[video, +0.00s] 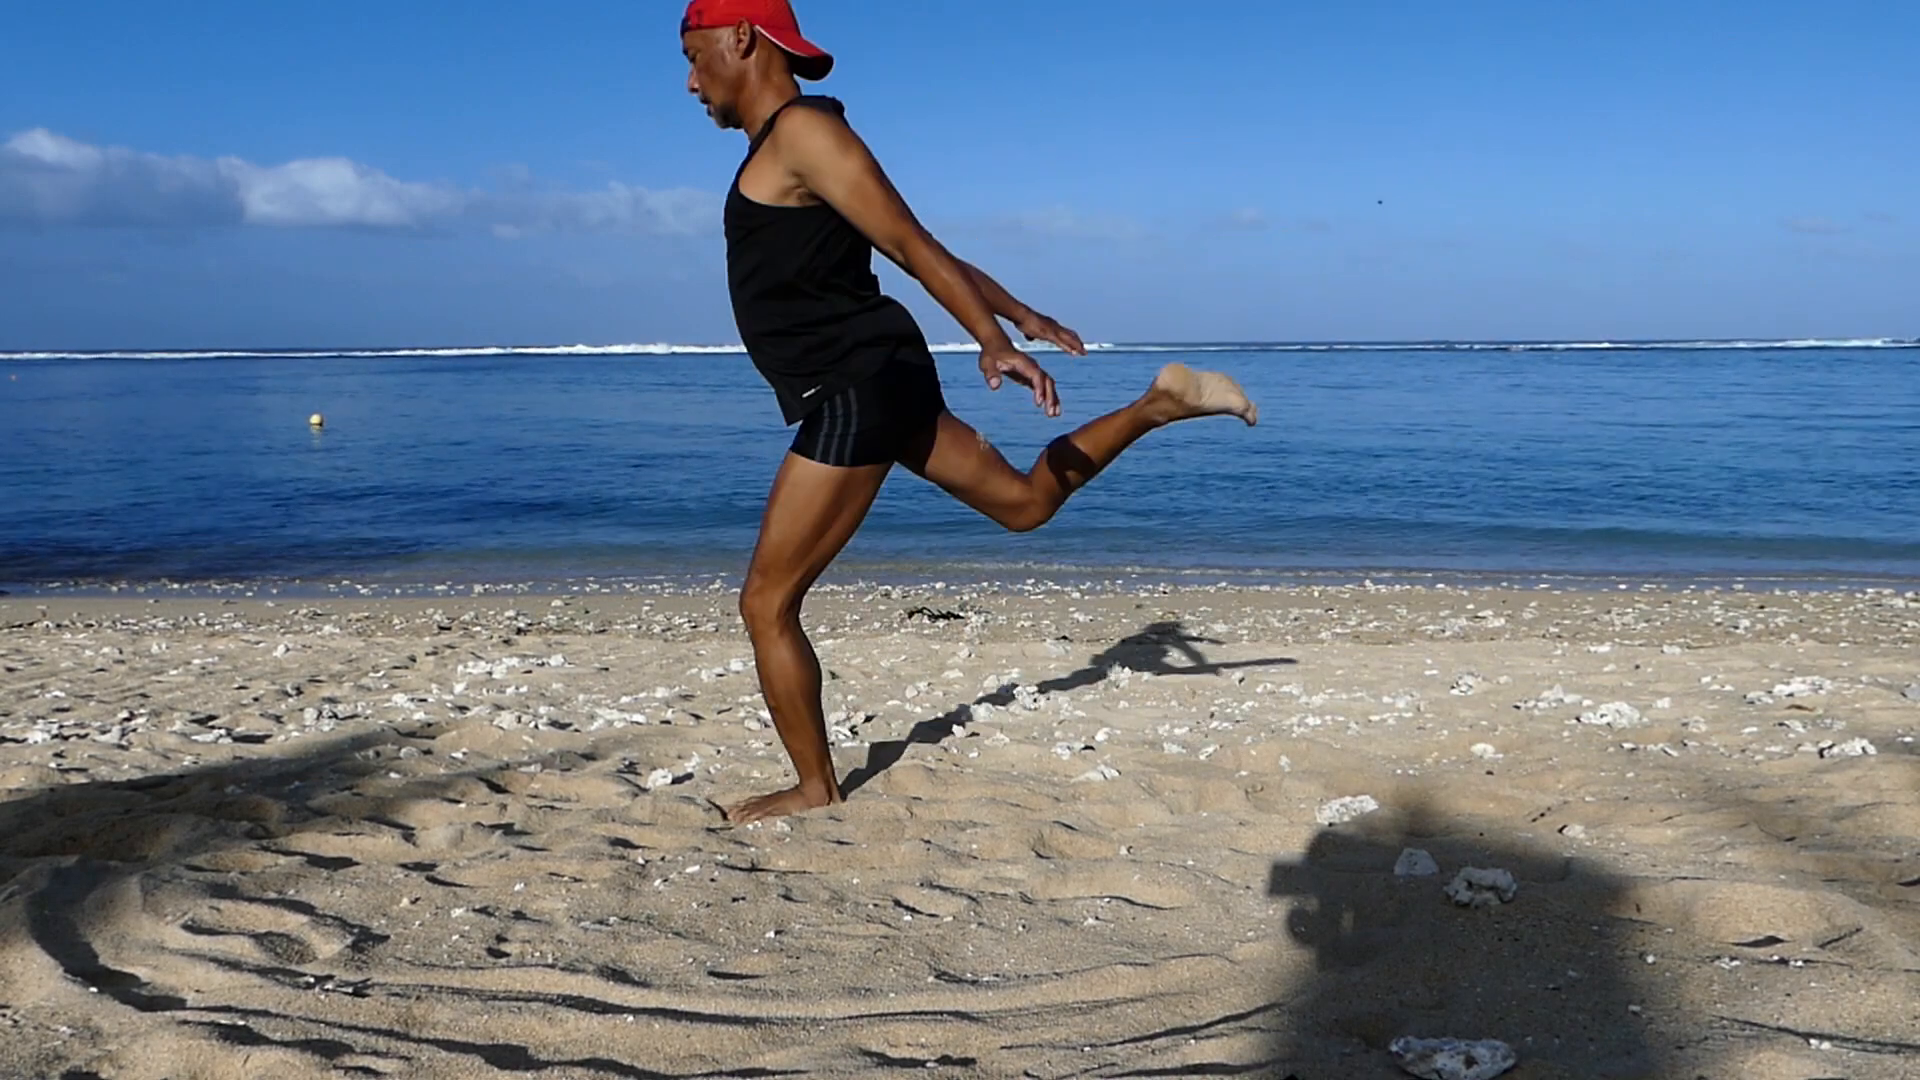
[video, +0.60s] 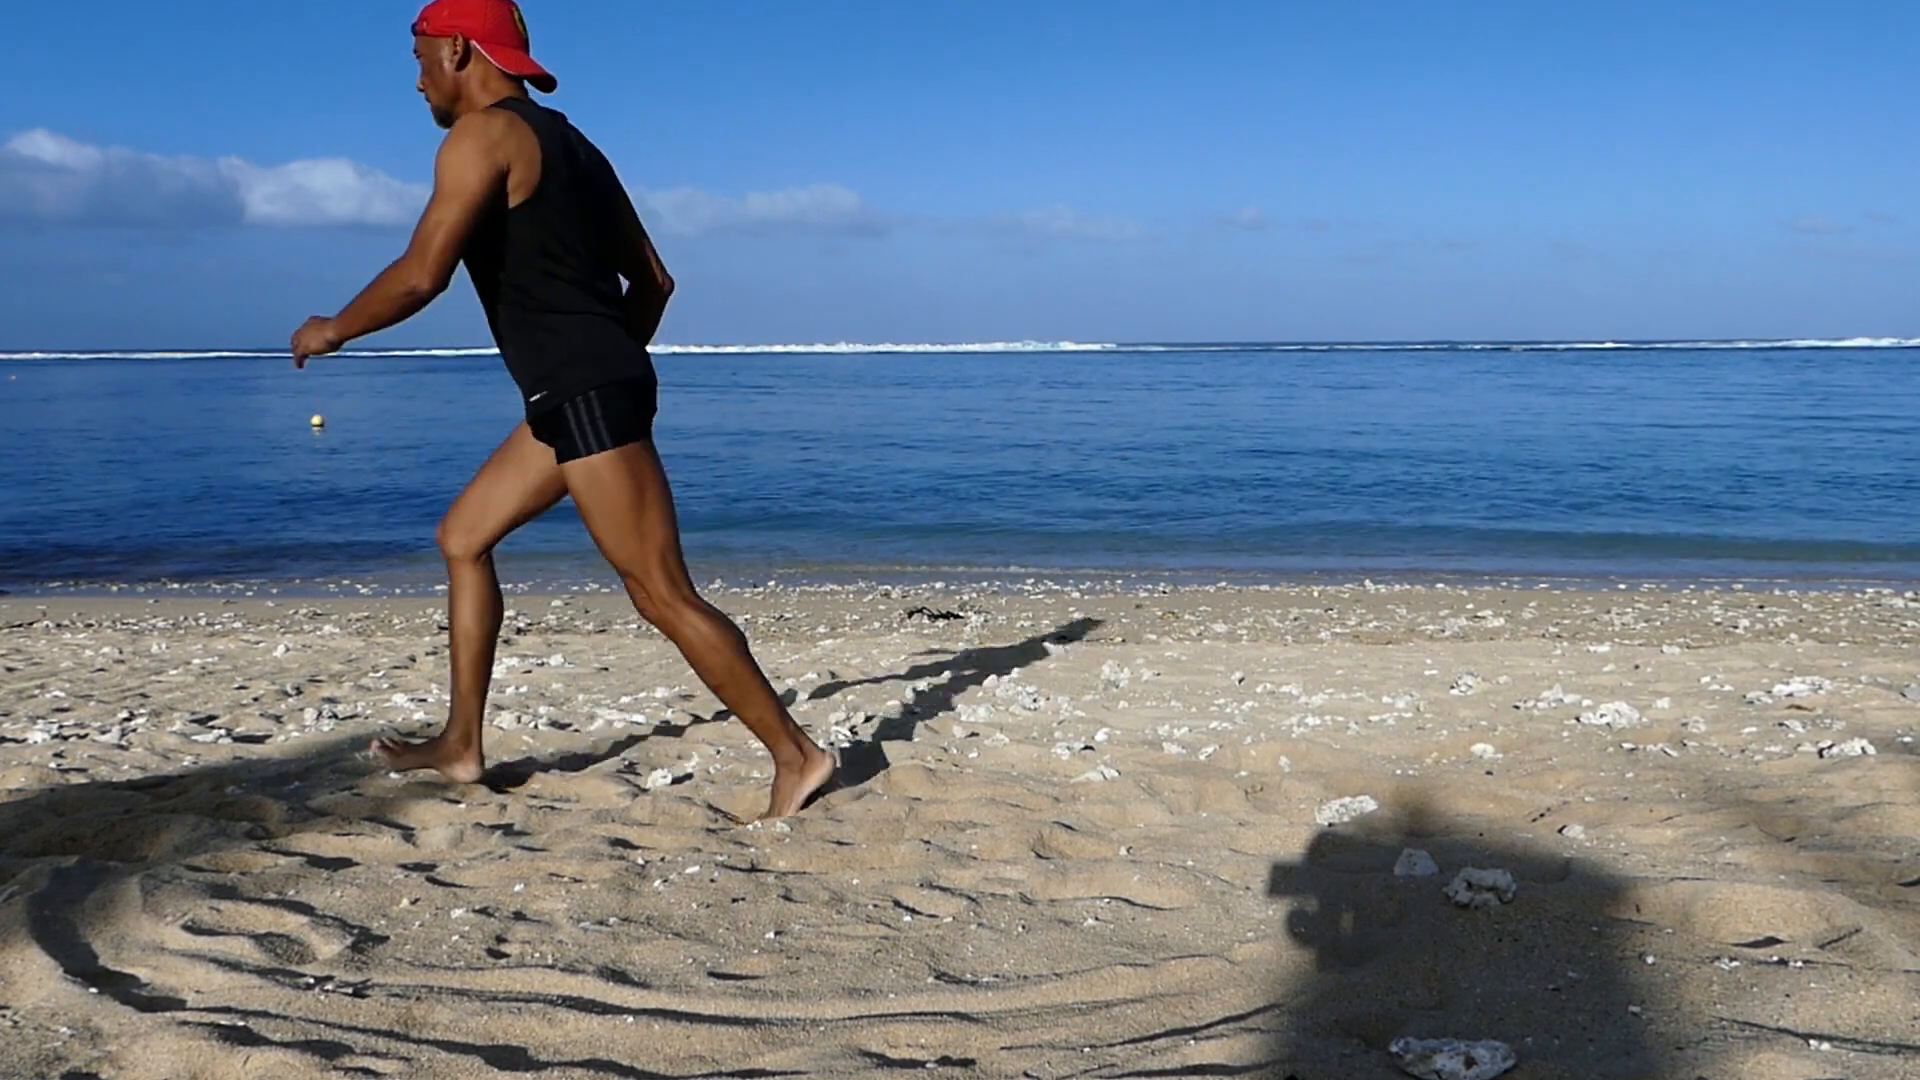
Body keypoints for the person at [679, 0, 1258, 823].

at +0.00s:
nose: (688, 81)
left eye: (694, 59)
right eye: (687, 62)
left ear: (745, 47)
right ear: (746, 50)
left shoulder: (804, 132)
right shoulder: (793, 133)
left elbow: (907, 246)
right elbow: (914, 239)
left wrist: (993, 342)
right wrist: (1020, 314)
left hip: (856, 389)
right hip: (875, 381)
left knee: (766, 603)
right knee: (1026, 502)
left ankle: (815, 787)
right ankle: (1158, 405)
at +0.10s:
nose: (626, 111)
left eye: (635, 91)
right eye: (626, 93)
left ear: (684, 91)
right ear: (695, 93)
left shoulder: (731, 179)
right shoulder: (749, 174)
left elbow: (798, 312)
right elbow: (835, 301)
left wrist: (832, 433)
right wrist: (918, 385)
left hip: (800, 433)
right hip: (843, 409)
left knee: (717, 621)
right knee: (907, 591)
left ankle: (811, 788)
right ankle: (1084, 535)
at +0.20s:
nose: (587, 123)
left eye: (596, 105)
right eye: (587, 106)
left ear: (640, 104)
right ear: (656, 105)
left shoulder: (689, 194)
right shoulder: (724, 184)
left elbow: (720, 332)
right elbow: (802, 316)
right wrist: (856, 424)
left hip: (778, 436)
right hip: (821, 426)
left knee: (701, 627)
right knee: (812, 617)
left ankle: (810, 787)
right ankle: (1006, 612)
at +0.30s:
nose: (540, 132)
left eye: (545, 111)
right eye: (539, 113)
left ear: (587, 105)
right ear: (608, 107)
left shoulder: (636, 191)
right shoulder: (680, 183)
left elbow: (618, 344)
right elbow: (753, 323)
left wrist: (524, 466)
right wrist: (752, 457)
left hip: (732, 423)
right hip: (762, 414)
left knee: (683, 631)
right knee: (688, 606)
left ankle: (805, 787)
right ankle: (848, 696)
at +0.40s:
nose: (507, 124)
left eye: (513, 105)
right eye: (506, 106)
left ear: (554, 99)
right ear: (575, 99)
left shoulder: (592, 182)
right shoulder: (655, 176)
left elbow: (553, 332)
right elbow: (739, 318)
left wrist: (435, 433)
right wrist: (686, 425)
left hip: (697, 422)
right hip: (718, 415)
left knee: (681, 639)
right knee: (604, 581)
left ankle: (810, 786)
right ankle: (733, 731)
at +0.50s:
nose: (457, 100)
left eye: (461, 81)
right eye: (455, 82)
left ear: (501, 75)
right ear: (533, 77)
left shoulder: (524, 155)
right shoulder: (607, 155)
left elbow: (471, 296)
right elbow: (694, 292)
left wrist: (362, 365)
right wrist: (650, 385)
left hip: (633, 402)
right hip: (642, 400)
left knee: (679, 618)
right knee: (513, 546)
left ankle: (813, 774)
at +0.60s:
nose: (417, 78)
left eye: (422, 58)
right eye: (418, 58)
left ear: (459, 54)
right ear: (488, 55)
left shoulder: (479, 138)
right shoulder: (562, 138)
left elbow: (419, 277)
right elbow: (653, 281)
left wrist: (334, 328)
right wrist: (604, 375)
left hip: (587, 391)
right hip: (596, 389)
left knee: (661, 592)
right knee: (464, 537)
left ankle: (798, 758)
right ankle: (460, 746)